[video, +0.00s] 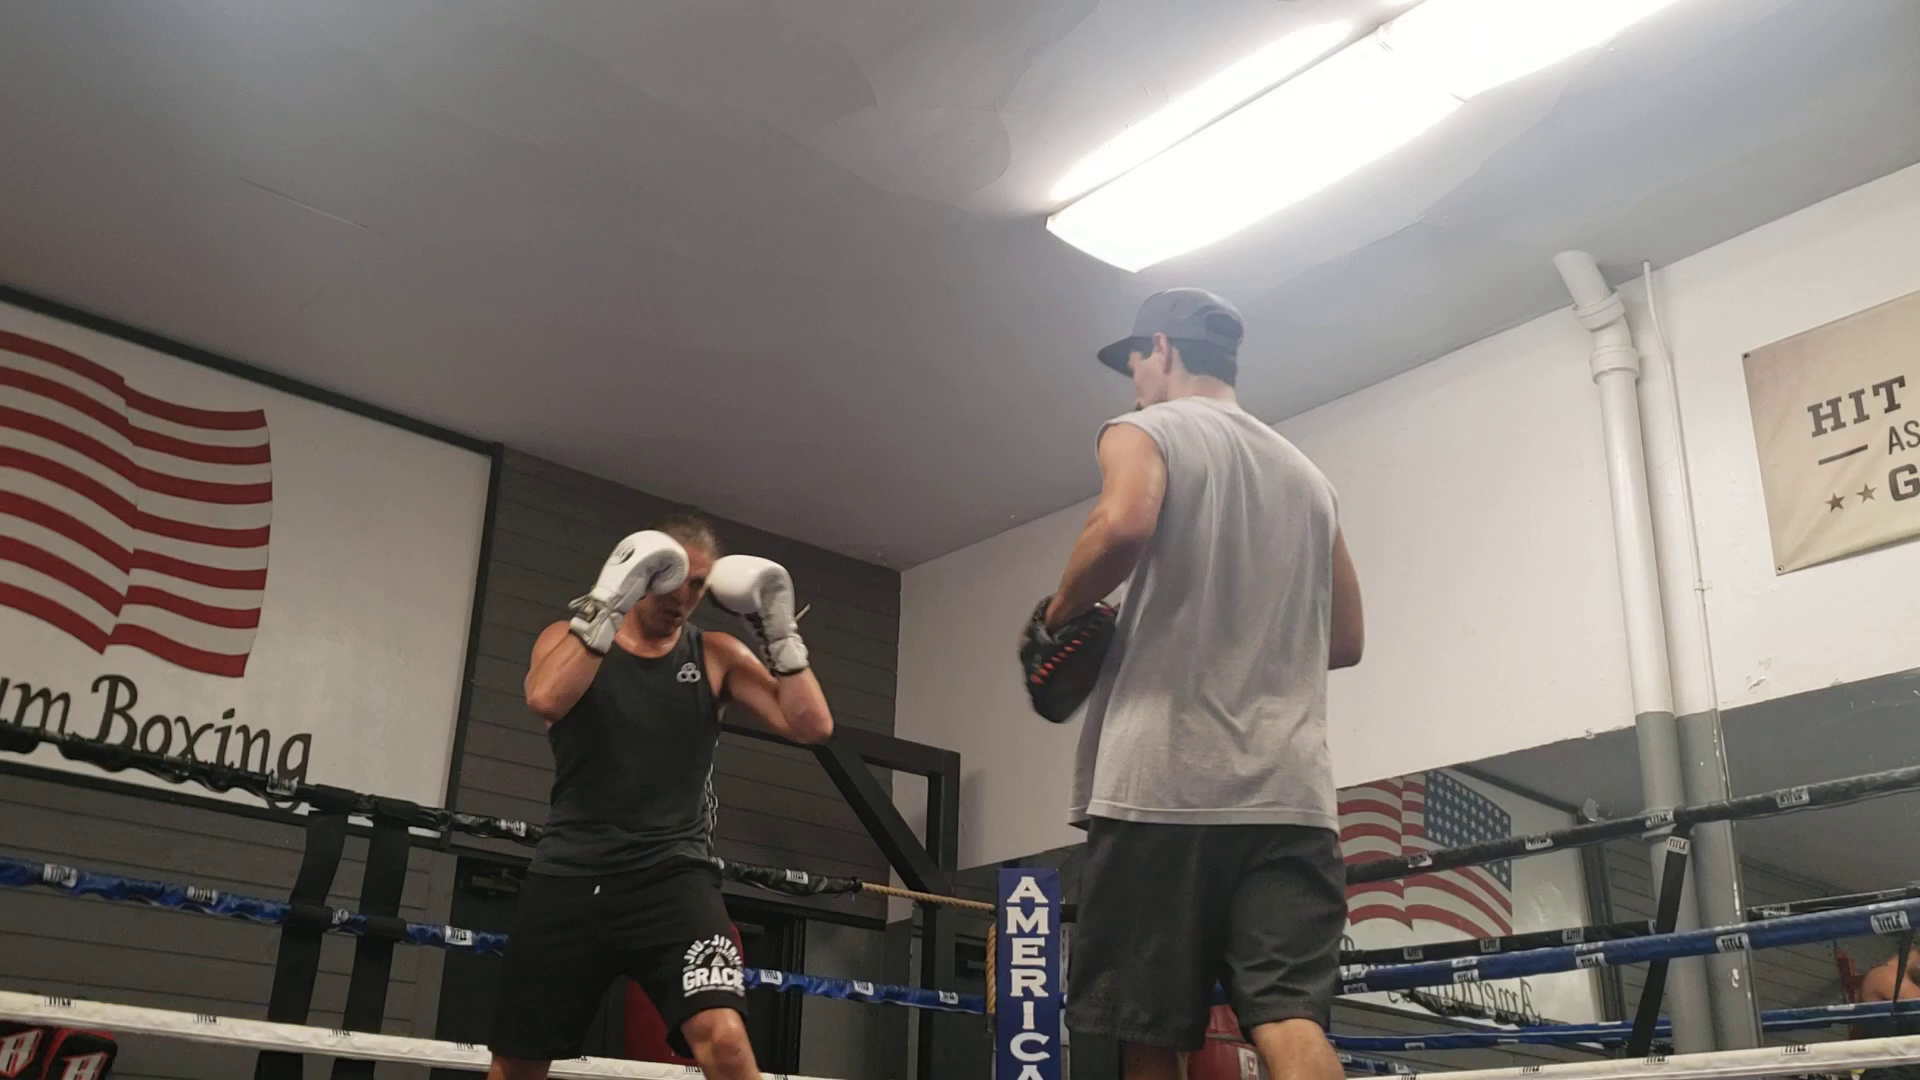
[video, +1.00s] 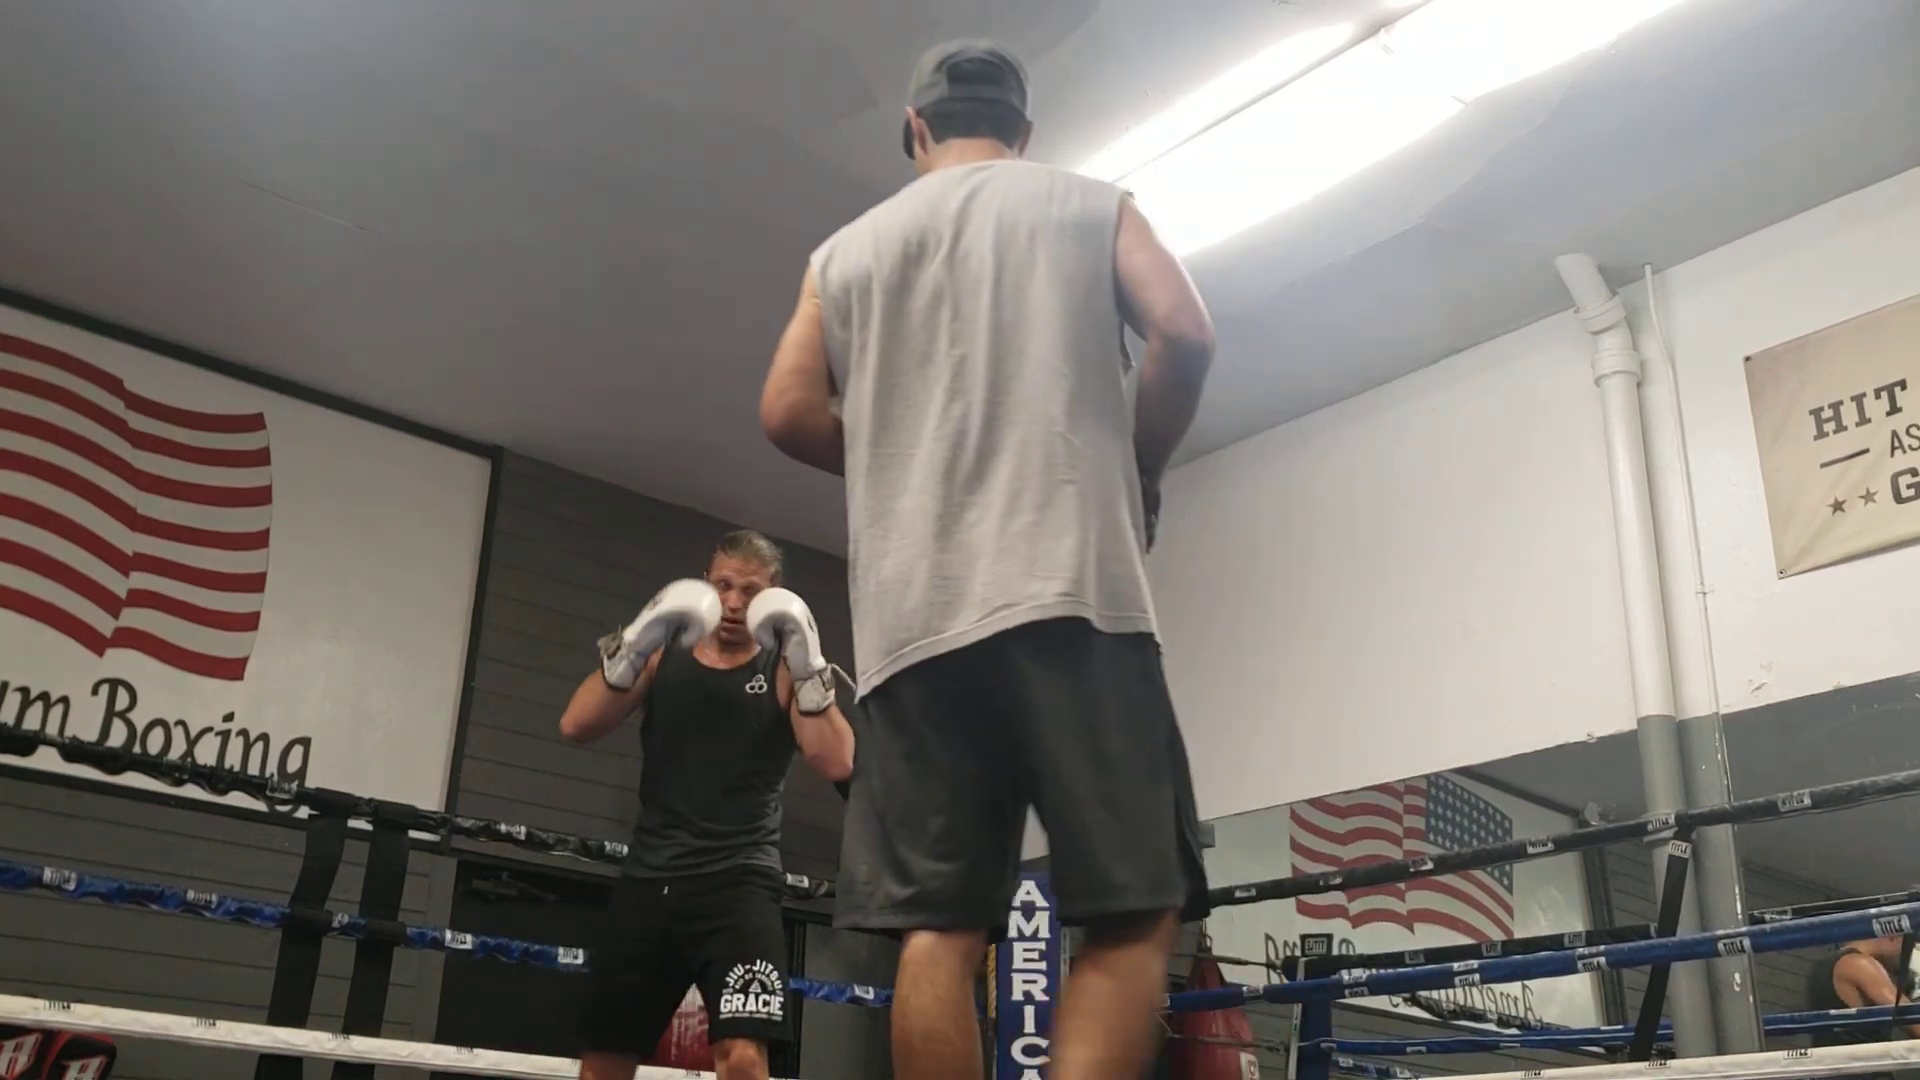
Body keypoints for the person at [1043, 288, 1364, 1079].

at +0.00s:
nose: (1130, 383)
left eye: (1132, 365)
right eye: (1129, 367)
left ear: (1161, 354)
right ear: (1228, 363)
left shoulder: (1144, 429)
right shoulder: (1308, 479)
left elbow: (1126, 527)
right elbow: (1344, 641)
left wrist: (1059, 612)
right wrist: (1224, 635)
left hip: (1159, 795)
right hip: (1293, 797)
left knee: (1150, 1045)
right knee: (1289, 1018)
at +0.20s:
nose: (1157, 322)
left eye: (1158, 306)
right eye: (1155, 310)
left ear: (1187, 293)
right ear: (1263, 306)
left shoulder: (1143, 367)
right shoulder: (1339, 421)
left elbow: (1077, 461)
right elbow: (1385, 585)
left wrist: (1061, 560)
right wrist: (1277, 612)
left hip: (1155, 735)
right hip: (1298, 742)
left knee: (1138, 996)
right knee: (1299, 987)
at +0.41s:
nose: (1135, 268)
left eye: (1135, 253)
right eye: (1133, 257)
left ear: (1158, 243)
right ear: (1245, 253)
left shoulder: (1093, 339)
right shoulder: (1330, 360)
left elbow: (1014, 462)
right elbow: (1398, 510)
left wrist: (1042, 553)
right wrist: (1299, 570)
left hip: (1124, 701)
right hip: (1283, 708)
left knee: (1092, 980)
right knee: (1304, 987)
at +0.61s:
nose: (1053, 229)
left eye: (1052, 216)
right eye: (1059, 217)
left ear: (1067, 210)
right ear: (1164, 215)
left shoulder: (1006, 321)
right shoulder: (1245, 308)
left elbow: (957, 489)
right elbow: (1340, 436)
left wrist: (1058, 500)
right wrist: (1286, 543)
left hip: (1060, 677)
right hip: (1229, 680)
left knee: (1026, 949)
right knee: (1281, 985)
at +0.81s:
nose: (960, 194)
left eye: (958, 183)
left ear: (970, 174)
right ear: (1076, 177)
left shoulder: (906, 282)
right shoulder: (1153, 254)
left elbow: (868, 449)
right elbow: (1243, 374)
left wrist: (974, 473)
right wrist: (1200, 500)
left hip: (965, 629)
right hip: (1137, 621)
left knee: (969, 929)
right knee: (1220, 936)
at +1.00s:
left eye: (912, 133)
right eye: (1023, 135)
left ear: (915, 130)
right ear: (1029, 133)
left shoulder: (842, 252)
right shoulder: (1095, 204)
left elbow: (787, 413)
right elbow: (1183, 334)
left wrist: (905, 465)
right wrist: (1138, 468)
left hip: (913, 613)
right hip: (1075, 589)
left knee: (938, 925)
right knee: (1130, 916)